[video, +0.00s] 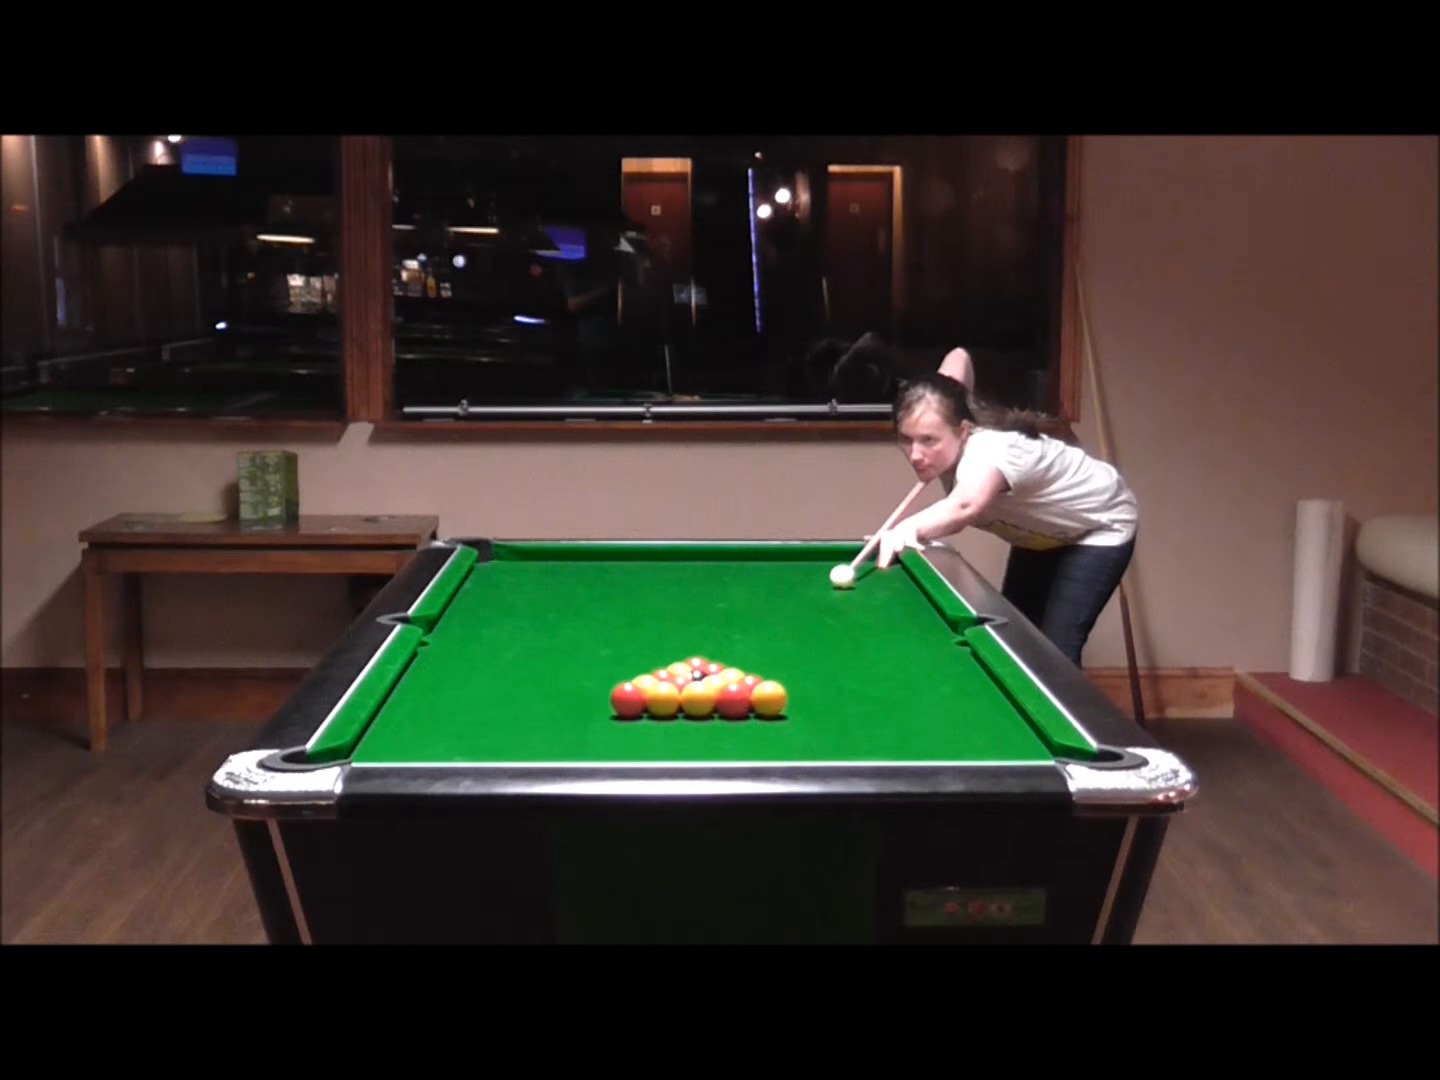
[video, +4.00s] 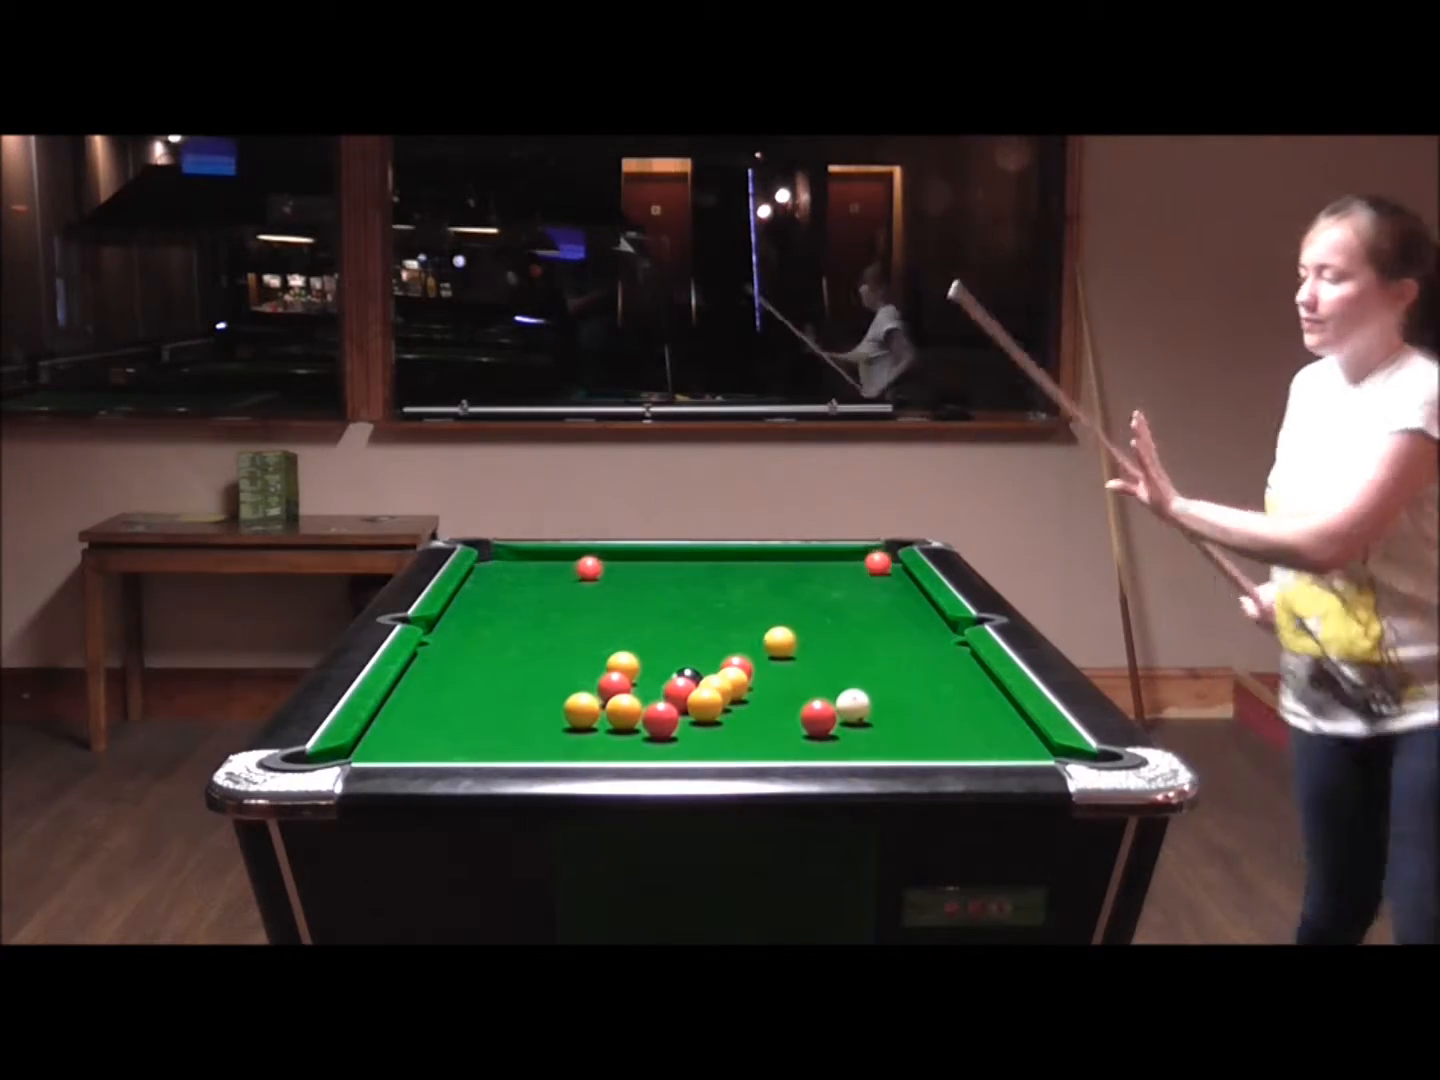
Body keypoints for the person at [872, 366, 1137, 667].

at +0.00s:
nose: (915, 455)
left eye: (928, 441)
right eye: (907, 441)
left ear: (962, 432)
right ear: (900, 436)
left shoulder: (987, 457)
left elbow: (963, 509)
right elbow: (956, 356)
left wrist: (911, 528)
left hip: (1099, 527)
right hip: (1037, 533)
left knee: (1055, 649)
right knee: (1008, 638)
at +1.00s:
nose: (918, 428)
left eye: (932, 413)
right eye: (910, 414)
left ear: (967, 409)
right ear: (901, 414)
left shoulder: (991, 441)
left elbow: (969, 505)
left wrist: (914, 529)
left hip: (1096, 525)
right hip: (1037, 529)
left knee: (1057, 649)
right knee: (1015, 638)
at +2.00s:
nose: (1006, 271)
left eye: (1022, 259)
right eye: (997, 257)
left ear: (1047, 273)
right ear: (984, 268)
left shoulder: (1069, 335)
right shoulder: (976, 327)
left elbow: (1117, 431)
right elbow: (974, 405)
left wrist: (1054, 502)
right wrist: (958, 456)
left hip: (1068, 534)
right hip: (1000, 527)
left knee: (1052, 662)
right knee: (988, 651)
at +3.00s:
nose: (1053, 288)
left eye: (1069, 276)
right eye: (1041, 274)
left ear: (1092, 286)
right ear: (1023, 282)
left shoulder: (1126, 361)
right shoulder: (992, 354)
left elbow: (1160, 453)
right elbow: (972, 428)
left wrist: (1129, 532)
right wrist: (970, 491)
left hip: (1102, 560)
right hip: (1016, 555)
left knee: (1128, 706)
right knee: (992, 694)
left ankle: (1153, 856)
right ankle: (982, 850)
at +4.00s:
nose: (1305, 297)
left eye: (1330, 277)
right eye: (1303, 276)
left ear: (1399, 294)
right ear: (1299, 282)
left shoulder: (1426, 392)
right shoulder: (1310, 386)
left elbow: (1329, 542)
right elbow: (1309, 529)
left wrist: (1177, 508)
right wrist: (1281, 594)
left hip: (1422, 707)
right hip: (1323, 703)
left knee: (1420, 922)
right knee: (1334, 915)